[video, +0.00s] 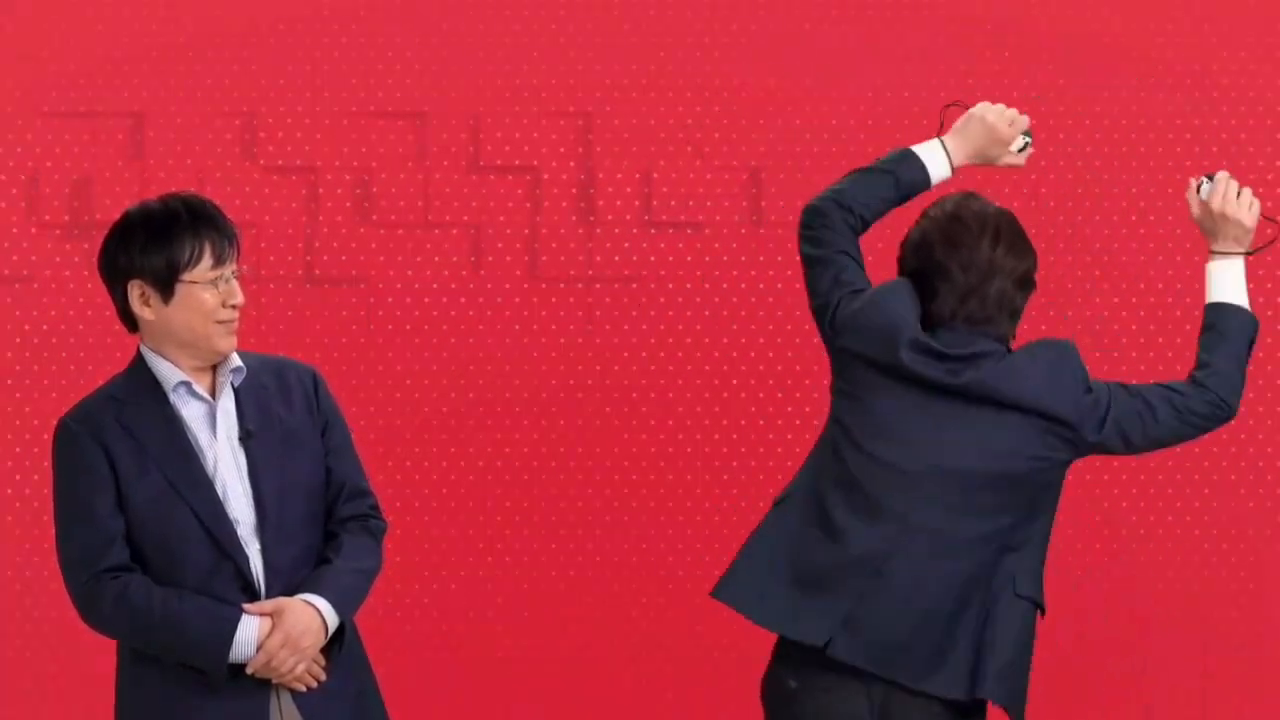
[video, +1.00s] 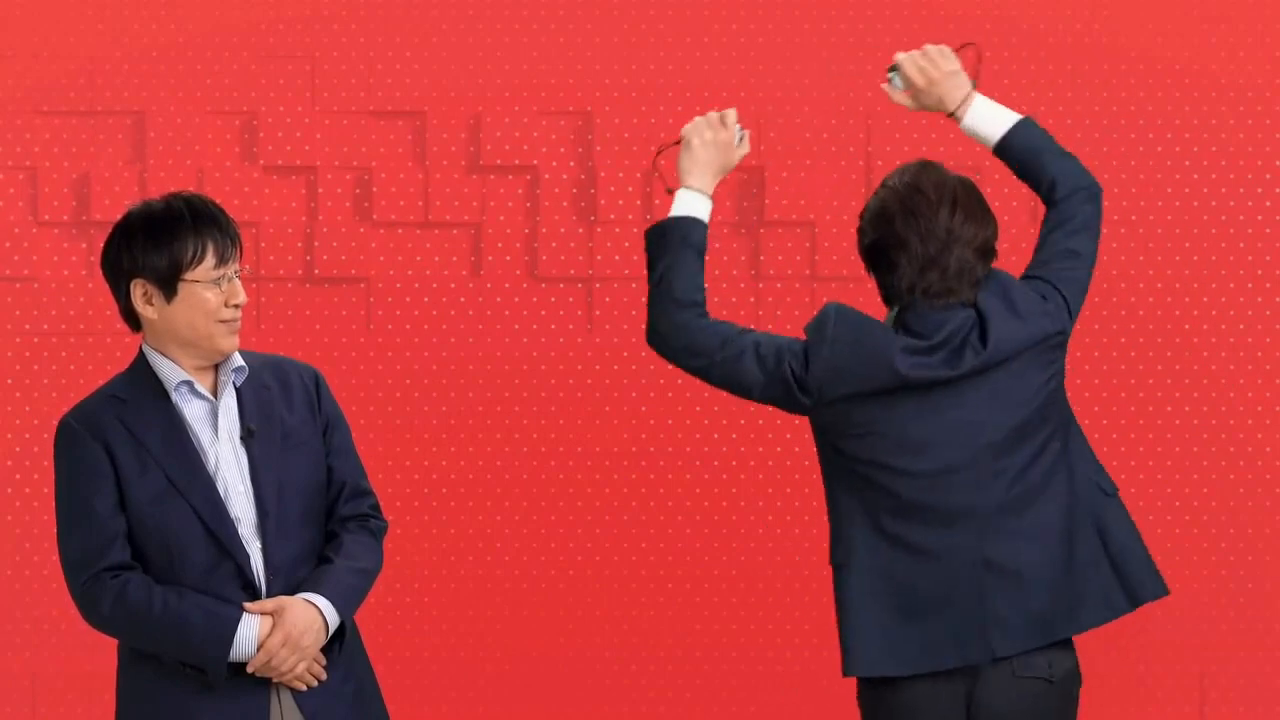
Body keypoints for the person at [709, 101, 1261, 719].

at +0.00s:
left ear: (911, 280)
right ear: (1020, 300)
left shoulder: (866, 344)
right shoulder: (1055, 405)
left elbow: (829, 218)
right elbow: (1213, 396)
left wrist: (951, 148)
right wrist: (1229, 255)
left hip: (813, 672)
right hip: (939, 694)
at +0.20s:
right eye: (1003, 244)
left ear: (886, 251)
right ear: (999, 259)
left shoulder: (847, 329)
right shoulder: (1052, 349)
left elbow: (744, 229)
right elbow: (1181, 271)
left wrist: (819, 112)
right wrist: (1133, 131)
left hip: (847, 664)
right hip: (975, 670)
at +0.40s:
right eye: (977, 247)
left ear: (869, 281)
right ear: (975, 261)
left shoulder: (833, 377)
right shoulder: (1031, 334)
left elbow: (685, 330)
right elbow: (1088, 196)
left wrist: (694, 189)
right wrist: (982, 104)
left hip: (891, 684)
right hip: (1019, 674)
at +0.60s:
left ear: (905, 265)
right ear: (1017, 282)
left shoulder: (864, 329)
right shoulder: (1057, 386)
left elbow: (810, 203)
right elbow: (1211, 365)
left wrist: (924, 120)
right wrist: (1221, 219)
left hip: (814, 662)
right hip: (939, 688)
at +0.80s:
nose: (1011, 272)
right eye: (1008, 261)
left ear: (892, 259)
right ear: (1002, 273)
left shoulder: (847, 334)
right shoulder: (1046, 366)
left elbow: (777, 219)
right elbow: (1193, 330)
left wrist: (886, 130)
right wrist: (1181, 193)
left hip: (844, 667)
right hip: (972, 678)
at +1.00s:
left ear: (877, 269)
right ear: (988, 252)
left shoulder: (834, 370)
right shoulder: (1034, 326)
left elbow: (676, 329)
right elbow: (1076, 192)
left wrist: (694, 188)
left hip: (907, 682)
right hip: (1036, 669)